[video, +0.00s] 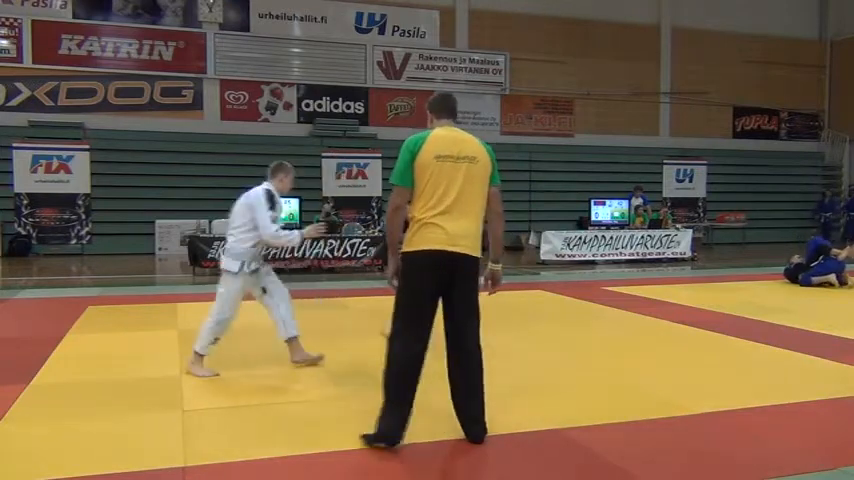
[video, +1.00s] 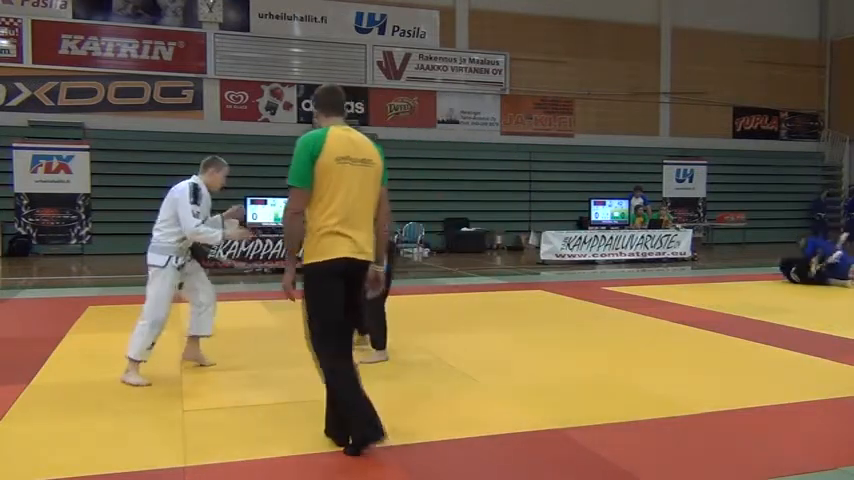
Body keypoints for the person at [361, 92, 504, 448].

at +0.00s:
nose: (425, 123)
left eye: (425, 118)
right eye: (429, 118)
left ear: (430, 116)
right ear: (457, 117)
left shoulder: (416, 144)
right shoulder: (483, 150)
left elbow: (398, 204)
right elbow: (495, 208)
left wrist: (393, 255)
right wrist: (496, 259)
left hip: (421, 257)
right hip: (465, 259)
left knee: (407, 341)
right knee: (466, 342)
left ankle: (389, 431)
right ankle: (475, 427)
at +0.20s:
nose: (399, 123)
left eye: (399, 118)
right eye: (404, 118)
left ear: (402, 117)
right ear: (433, 117)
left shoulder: (391, 147)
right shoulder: (460, 151)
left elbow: (376, 212)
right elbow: (478, 212)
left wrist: (379, 251)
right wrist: (480, 263)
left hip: (398, 262)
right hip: (443, 264)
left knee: (388, 349)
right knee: (452, 344)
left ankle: (376, 442)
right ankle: (474, 428)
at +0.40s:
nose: (367, 119)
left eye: (368, 113)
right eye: (372, 113)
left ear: (373, 113)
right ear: (404, 113)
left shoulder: (361, 147)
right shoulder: (431, 151)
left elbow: (346, 213)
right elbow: (444, 212)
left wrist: (349, 257)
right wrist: (444, 263)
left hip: (370, 264)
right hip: (415, 264)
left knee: (369, 352)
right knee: (430, 343)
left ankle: (374, 443)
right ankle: (462, 423)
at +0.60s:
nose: (350, 117)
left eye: (347, 112)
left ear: (347, 111)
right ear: (379, 110)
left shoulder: (338, 145)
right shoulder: (409, 146)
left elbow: (318, 210)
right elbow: (420, 208)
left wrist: (310, 267)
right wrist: (416, 259)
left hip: (354, 263)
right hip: (398, 262)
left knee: (359, 350)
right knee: (394, 336)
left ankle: (373, 441)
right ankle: (411, 418)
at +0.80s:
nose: (332, 117)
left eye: (329, 112)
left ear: (328, 112)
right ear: (361, 110)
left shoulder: (322, 146)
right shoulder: (391, 146)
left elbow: (301, 211)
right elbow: (404, 207)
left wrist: (292, 267)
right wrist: (398, 260)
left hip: (341, 259)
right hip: (381, 258)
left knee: (353, 348)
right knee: (357, 343)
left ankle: (373, 443)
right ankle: (344, 425)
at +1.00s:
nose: (312, 118)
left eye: (312, 113)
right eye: (317, 113)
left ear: (316, 113)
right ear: (346, 111)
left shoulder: (312, 142)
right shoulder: (373, 148)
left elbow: (296, 209)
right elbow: (382, 212)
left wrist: (290, 262)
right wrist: (378, 262)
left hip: (322, 257)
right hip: (360, 258)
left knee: (329, 347)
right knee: (339, 344)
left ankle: (366, 428)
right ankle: (338, 427)